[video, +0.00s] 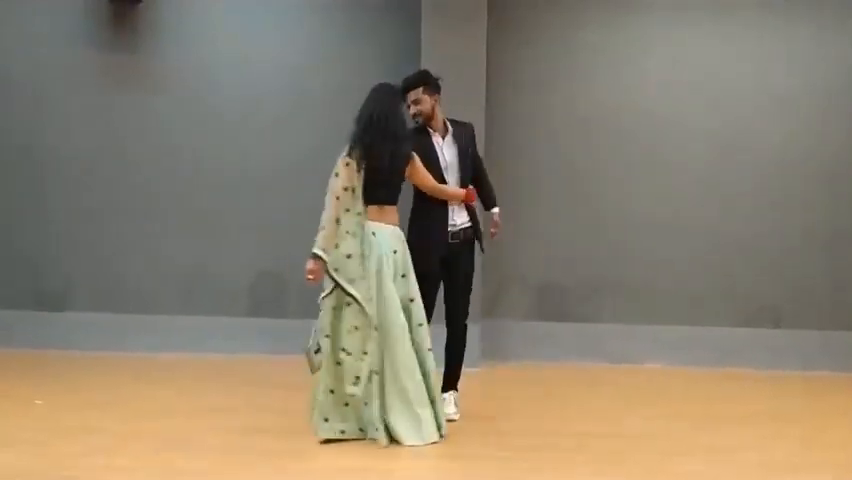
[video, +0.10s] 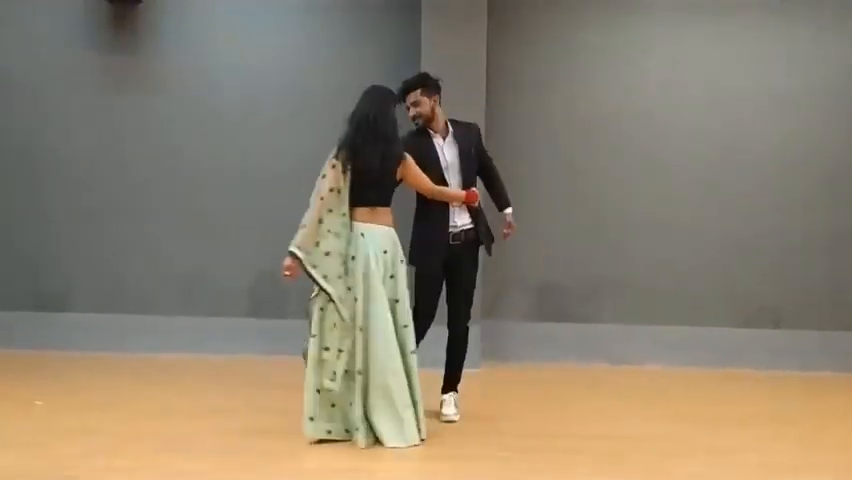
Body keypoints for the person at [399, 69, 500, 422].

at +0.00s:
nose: (413, 109)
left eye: (417, 101)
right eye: (409, 104)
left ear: (435, 98)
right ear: (409, 108)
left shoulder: (464, 132)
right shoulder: (410, 142)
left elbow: (477, 170)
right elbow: (395, 178)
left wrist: (493, 208)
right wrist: (408, 126)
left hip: (463, 236)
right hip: (427, 238)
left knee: (458, 317)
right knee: (418, 318)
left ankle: (450, 391)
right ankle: (409, 391)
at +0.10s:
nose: (412, 112)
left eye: (416, 103)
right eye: (408, 107)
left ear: (435, 100)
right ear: (409, 110)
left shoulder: (468, 133)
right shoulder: (411, 144)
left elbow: (486, 169)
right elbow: (389, 180)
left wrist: (506, 209)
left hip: (467, 239)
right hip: (431, 239)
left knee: (460, 319)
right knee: (422, 317)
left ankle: (449, 393)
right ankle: (384, 369)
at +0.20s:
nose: (411, 114)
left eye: (416, 106)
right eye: (408, 108)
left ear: (436, 102)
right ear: (413, 111)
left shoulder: (472, 134)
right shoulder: (411, 148)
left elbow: (494, 171)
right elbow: (388, 189)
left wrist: (511, 209)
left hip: (468, 241)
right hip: (432, 241)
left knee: (460, 322)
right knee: (423, 317)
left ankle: (450, 393)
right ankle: (403, 376)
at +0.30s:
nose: (411, 116)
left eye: (415, 108)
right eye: (408, 111)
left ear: (435, 102)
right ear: (413, 112)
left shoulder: (474, 135)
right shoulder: (413, 149)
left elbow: (499, 172)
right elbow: (390, 190)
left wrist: (512, 210)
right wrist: (358, 206)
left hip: (468, 242)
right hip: (432, 242)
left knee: (460, 323)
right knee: (421, 318)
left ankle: (450, 395)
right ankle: (410, 382)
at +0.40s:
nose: (410, 116)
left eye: (414, 108)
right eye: (407, 111)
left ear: (434, 102)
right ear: (418, 110)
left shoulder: (474, 135)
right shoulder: (413, 148)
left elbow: (500, 173)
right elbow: (390, 193)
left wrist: (509, 212)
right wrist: (355, 198)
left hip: (467, 242)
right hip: (430, 242)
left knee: (459, 323)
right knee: (420, 320)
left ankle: (450, 396)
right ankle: (414, 390)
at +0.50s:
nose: (408, 116)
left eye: (412, 108)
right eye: (406, 111)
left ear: (432, 102)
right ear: (416, 110)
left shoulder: (472, 135)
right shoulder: (413, 148)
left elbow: (498, 174)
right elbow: (395, 192)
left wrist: (505, 214)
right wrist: (360, 208)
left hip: (464, 243)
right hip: (428, 243)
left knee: (457, 325)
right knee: (421, 322)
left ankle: (450, 396)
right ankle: (419, 394)